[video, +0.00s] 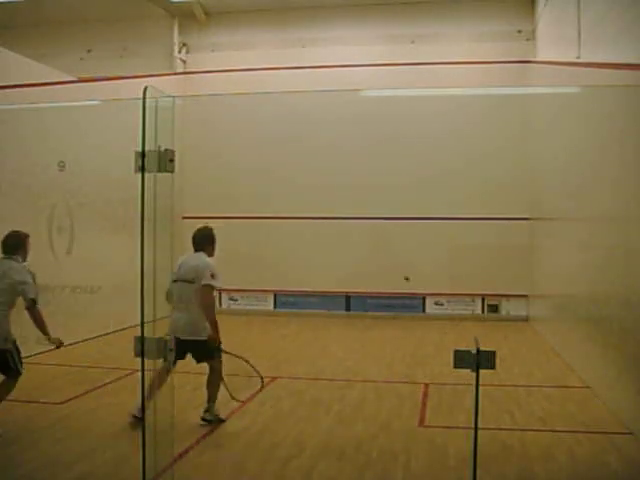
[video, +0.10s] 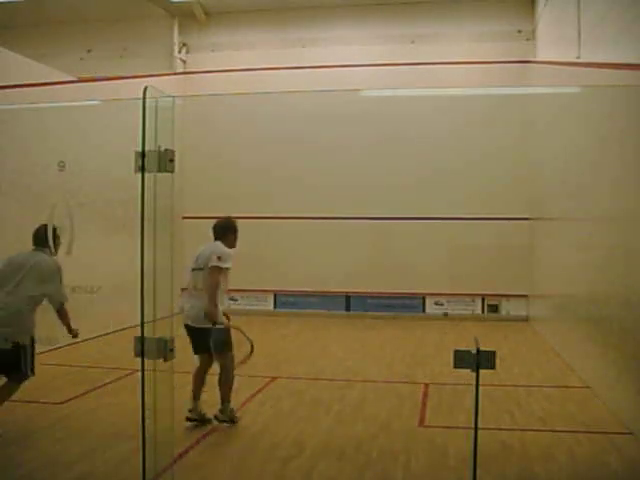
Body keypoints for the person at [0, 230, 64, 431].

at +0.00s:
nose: (28, 251)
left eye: (27, 247)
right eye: (26, 247)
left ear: (6, 247)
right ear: (20, 249)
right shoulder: (21, 273)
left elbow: (31, 308)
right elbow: (32, 307)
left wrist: (48, 336)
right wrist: (48, 336)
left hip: (4, 334)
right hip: (3, 335)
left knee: (13, 371)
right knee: (13, 371)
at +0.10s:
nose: (59, 246)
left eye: (58, 242)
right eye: (57, 242)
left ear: (34, 241)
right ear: (52, 243)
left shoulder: (13, 259)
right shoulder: (49, 265)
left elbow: (2, 282)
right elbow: (58, 302)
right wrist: (69, 328)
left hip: (1, 322)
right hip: (18, 326)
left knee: (10, 373)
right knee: (18, 376)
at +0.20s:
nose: (87, 235)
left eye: (87, 231)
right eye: (86, 231)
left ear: (65, 230)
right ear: (78, 231)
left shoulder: (41, 250)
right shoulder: (79, 254)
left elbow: (20, 281)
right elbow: (86, 288)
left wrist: (12, 312)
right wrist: (89, 309)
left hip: (31, 315)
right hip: (52, 318)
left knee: (55, 357)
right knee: (36, 367)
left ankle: (58, 403)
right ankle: (5, 403)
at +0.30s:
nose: (113, 232)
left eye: (112, 227)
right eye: (111, 228)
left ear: (90, 229)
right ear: (102, 229)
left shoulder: (71, 251)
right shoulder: (105, 251)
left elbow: (51, 283)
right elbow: (111, 283)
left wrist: (48, 312)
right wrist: (114, 303)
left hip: (70, 315)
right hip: (86, 317)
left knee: (98, 355)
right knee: (70, 366)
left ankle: (116, 401)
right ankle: (25, 403)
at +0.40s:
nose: (137, 235)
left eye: (136, 230)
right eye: (134, 230)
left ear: (114, 234)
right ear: (125, 233)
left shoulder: (98, 257)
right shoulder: (127, 258)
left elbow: (82, 292)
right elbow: (134, 296)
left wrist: (82, 321)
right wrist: (147, 314)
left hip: (100, 322)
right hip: (116, 324)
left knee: (130, 362)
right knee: (114, 374)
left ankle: (129, 407)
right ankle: (76, 397)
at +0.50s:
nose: (162, 230)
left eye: (160, 225)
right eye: (159, 226)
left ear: (138, 230)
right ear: (150, 229)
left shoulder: (123, 252)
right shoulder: (149, 253)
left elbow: (113, 285)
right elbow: (150, 291)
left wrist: (118, 311)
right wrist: (167, 315)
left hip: (122, 322)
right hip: (140, 322)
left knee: (139, 361)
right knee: (165, 357)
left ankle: (132, 404)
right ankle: (133, 398)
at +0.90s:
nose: (241, 231)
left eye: (240, 226)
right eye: (239, 227)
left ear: (218, 230)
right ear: (230, 230)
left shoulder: (199, 252)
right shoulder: (232, 257)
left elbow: (190, 285)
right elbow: (237, 297)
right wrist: (249, 325)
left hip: (193, 319)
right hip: (218, 321)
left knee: (176, 357)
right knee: (237, 358)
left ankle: (154, 396)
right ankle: (228, 409)